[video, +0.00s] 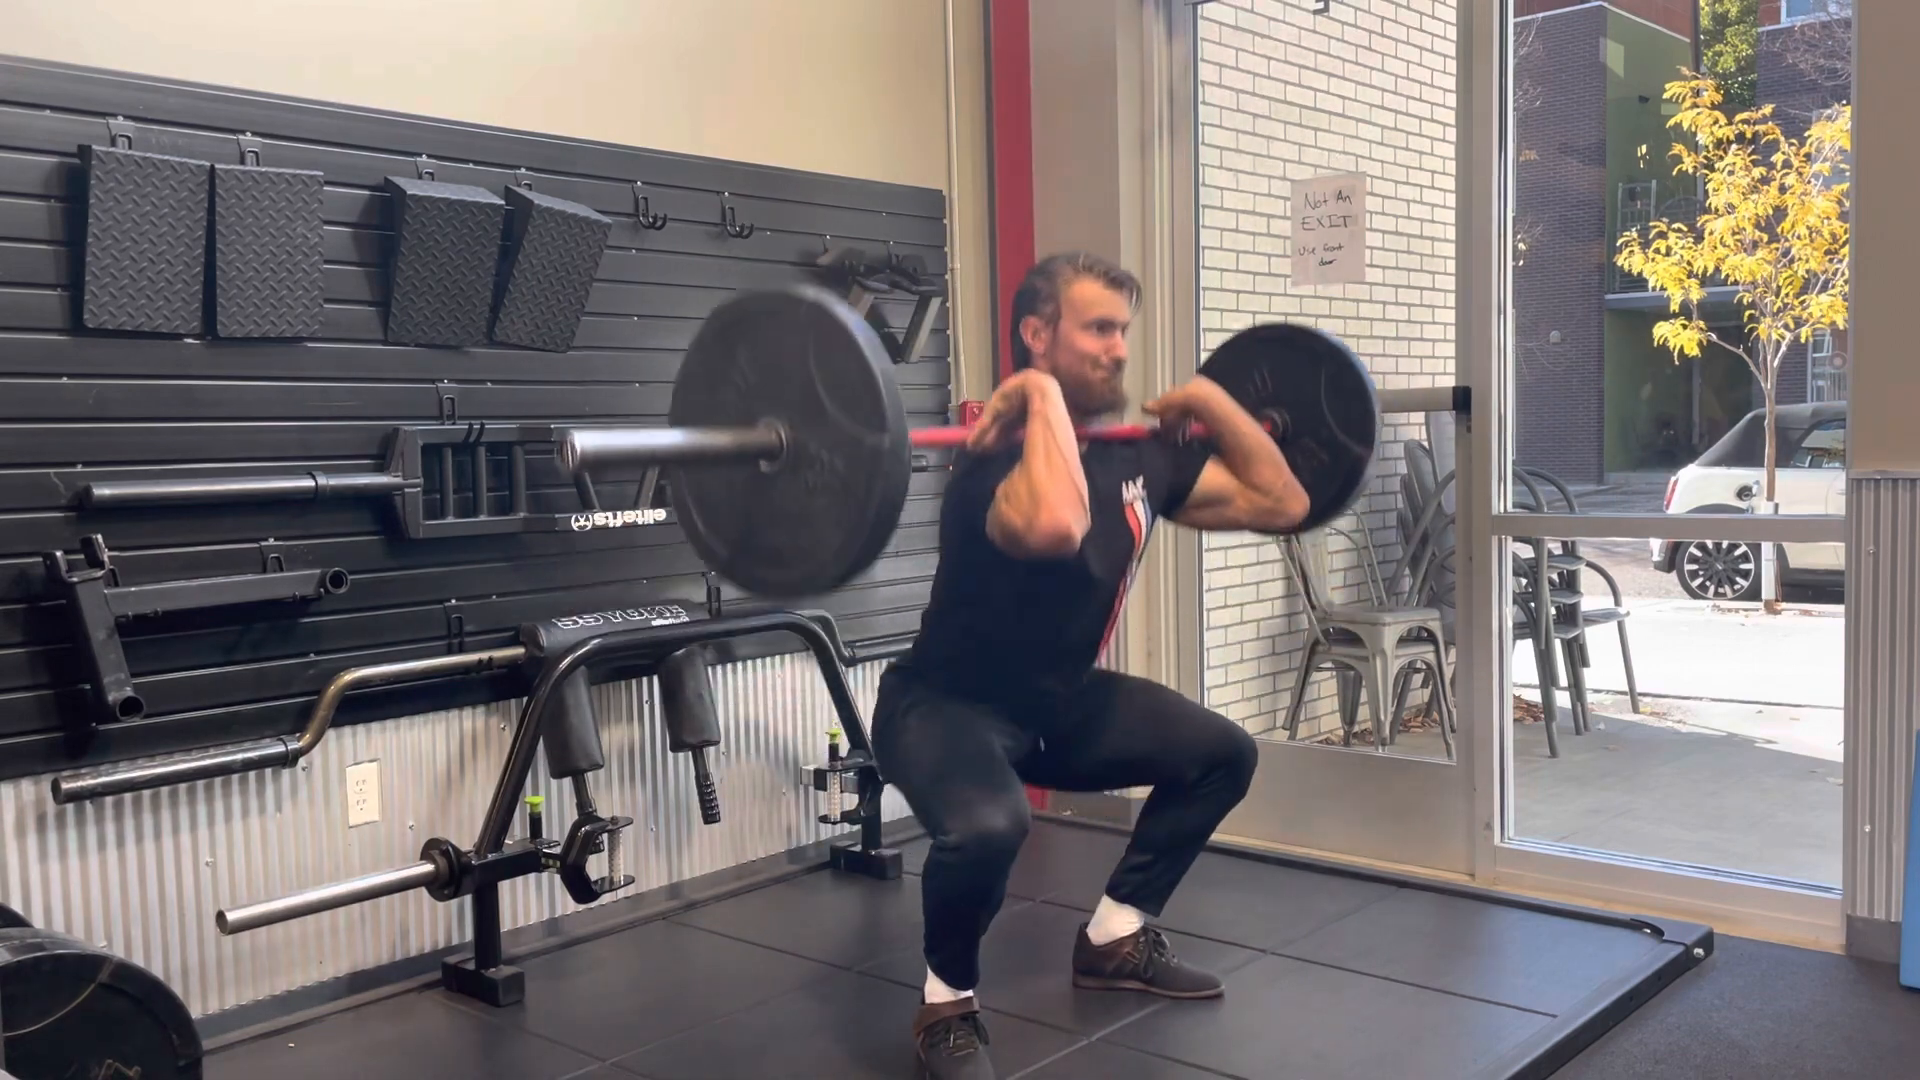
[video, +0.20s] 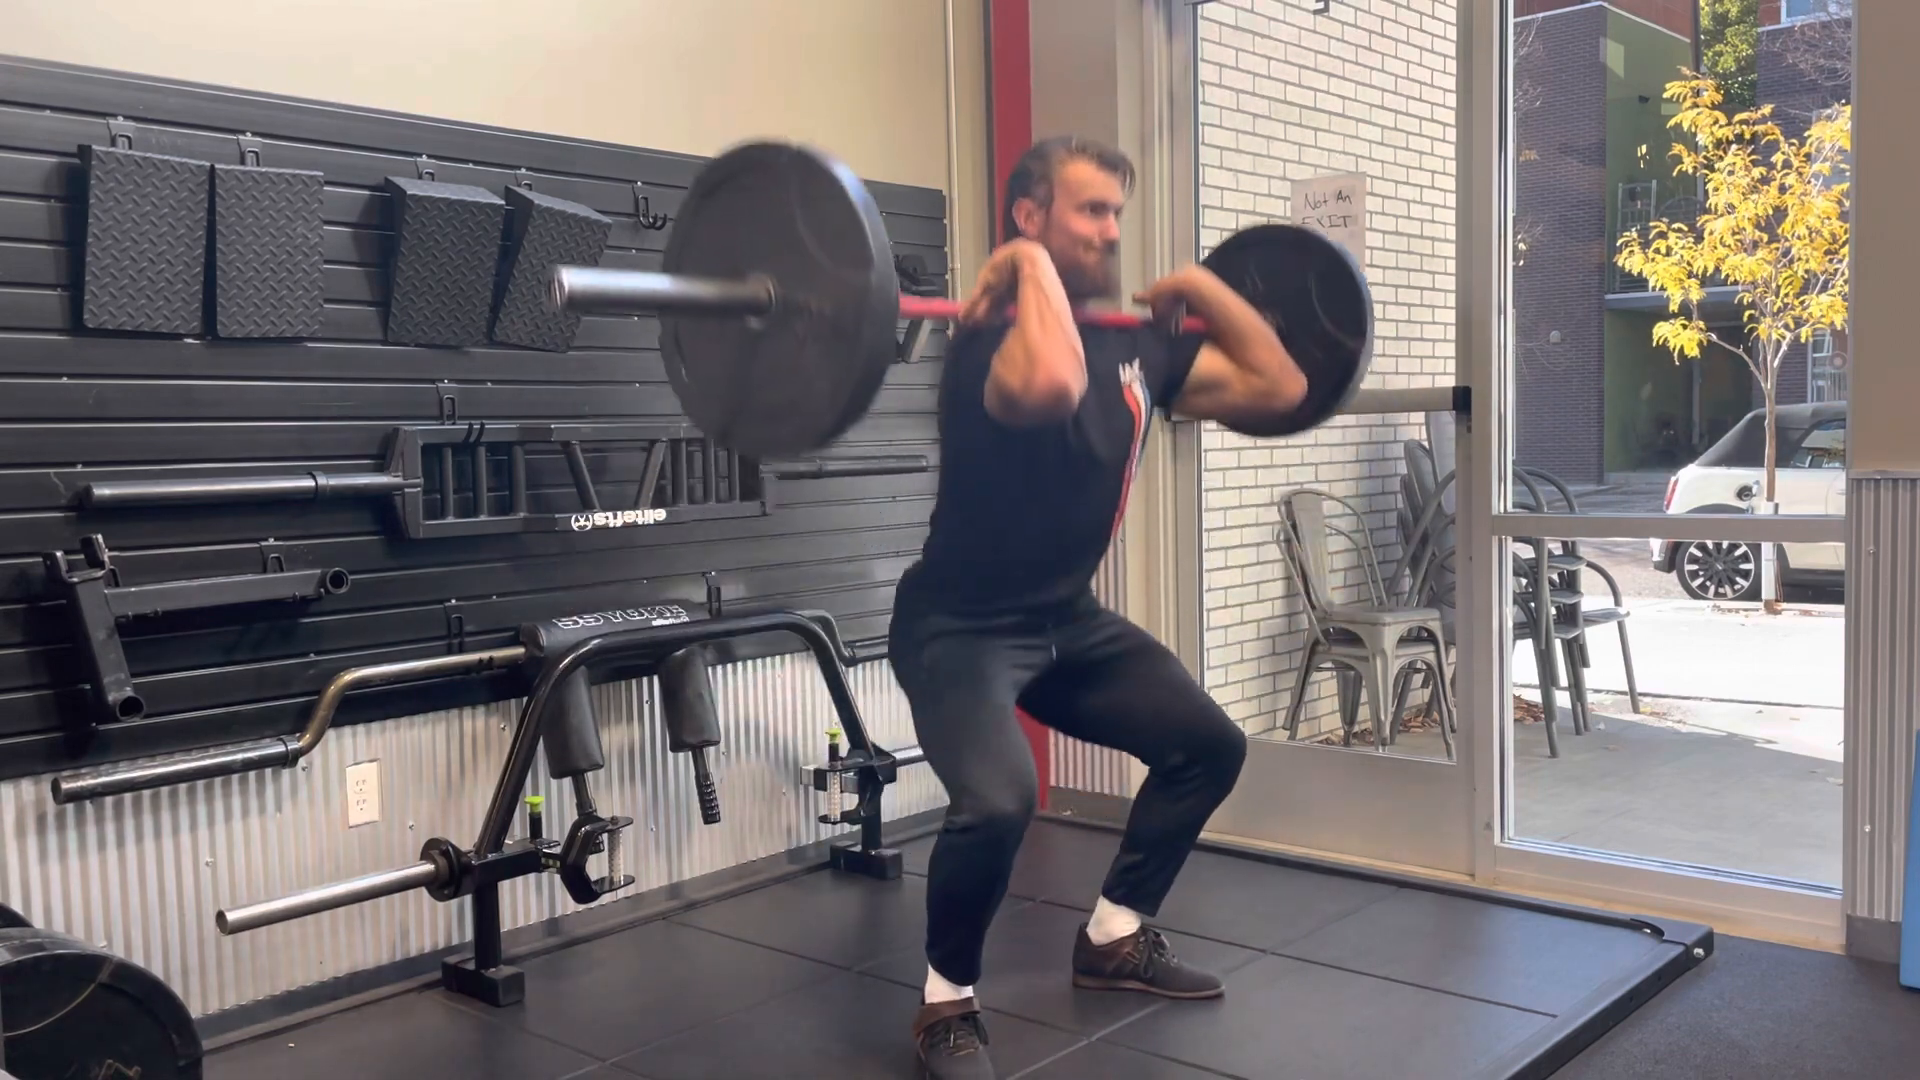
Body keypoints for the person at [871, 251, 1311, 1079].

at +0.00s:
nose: (1119, 348)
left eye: (1123, 330)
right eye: (1099, 329)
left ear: (1126, 341)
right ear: (1036, 337)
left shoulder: (1138, 458)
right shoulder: (992, 455)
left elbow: (1280, 502)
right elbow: (1056, 525)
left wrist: (1210, 403)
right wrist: (1043, 392)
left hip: (1061, 702)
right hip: (946, 703)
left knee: (1222, 753)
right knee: (987, 826)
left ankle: (1113, 938)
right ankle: (947, 1000)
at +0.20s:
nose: (1111, 230)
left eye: (1117, 214)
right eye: (1091, 211)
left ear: (1117, 227)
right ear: (1029, 218)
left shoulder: (1134, 346)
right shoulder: (988, 338)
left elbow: (1282, 391)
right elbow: (1054, 384)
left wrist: (1195, 286)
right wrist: (1029, 262)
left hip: (1066, 621)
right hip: (959, 626)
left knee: (1207, 748)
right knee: (1000, 802)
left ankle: (1112, 939)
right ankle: (947, 998)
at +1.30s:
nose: (1107, 73)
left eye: (1111, 56)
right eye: (1087, 52)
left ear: (1101, 74)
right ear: (1019, 66)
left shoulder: (1097, 190)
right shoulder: (946, 178)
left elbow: (1090, 298)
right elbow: (847, 264)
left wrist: (1148, 302)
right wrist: (955, 289)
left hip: (1093, 507)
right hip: (990, 512)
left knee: (1118, 720)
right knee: (995, 735)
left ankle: (1104, 934)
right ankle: (951, 986)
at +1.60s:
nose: (1181, 205)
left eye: (1181, 190)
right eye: (1156, 189)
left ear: (1176, 215)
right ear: (1092, 216)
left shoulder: (1161, 348)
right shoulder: (1025, 338)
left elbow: (1141, 453)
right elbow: (892, 455)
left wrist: (1153, 563)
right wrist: (950, 597)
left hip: (1049, 585)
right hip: (945, 591)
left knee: (1159, 745)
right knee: (1015, 770)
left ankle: (1090, 944)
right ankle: (956, 998)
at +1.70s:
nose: (1170, 215)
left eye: (1169, 198)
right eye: (1145, 198)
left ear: (1159, 222)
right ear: (1081, 222)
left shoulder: (1151, 354)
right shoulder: (1012, 347)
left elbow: (1132, 461)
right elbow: (882, 456)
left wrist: (1156, 563)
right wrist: (951, 595)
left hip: (1053, 597)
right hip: (944, 604)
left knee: (1170, 745)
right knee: (1020, 773)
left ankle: (1090, 940)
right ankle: (958, 999)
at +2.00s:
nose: (1076, 82)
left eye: (1077, 67)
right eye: (1053, 64)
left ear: (1069, 91)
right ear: (989, 86)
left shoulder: (1097, 237)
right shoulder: (947, 224)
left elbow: (1129, 388)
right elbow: (909, 397)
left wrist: (1159, 521)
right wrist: (950, 543)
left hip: (1074, 529)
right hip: (974, 533)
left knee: (1117, 725)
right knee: (994, 744)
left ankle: (1086, 939)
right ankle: (956, 993)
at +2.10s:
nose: (1076, 78)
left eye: (1078, 63)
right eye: (1053, 60)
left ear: (1076, 85)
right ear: (989, 79)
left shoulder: (1095, 233)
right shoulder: (946, 218)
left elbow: (1127, 383)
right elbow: (908, 391)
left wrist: (1156, 518)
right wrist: (946, 540)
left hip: (1076, 527)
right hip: (976, 531)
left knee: (1109, 723)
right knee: (987, 743)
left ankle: (1086, 941)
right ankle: (955, 993)